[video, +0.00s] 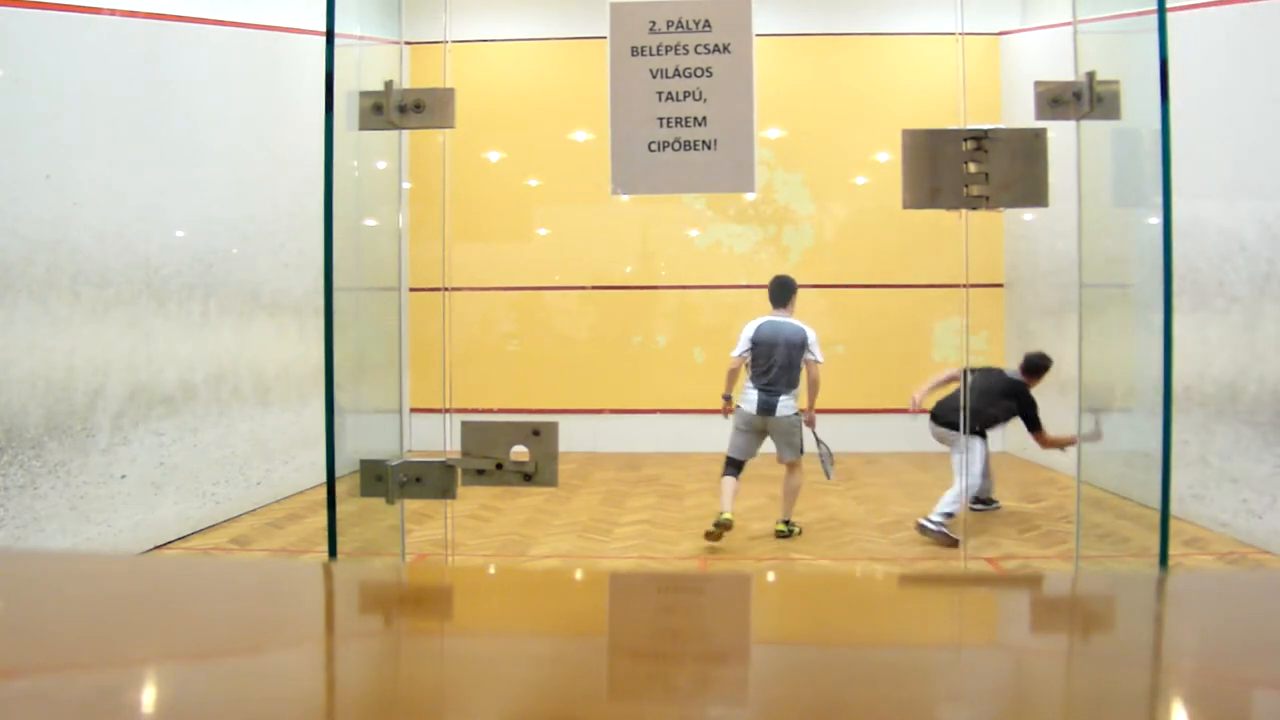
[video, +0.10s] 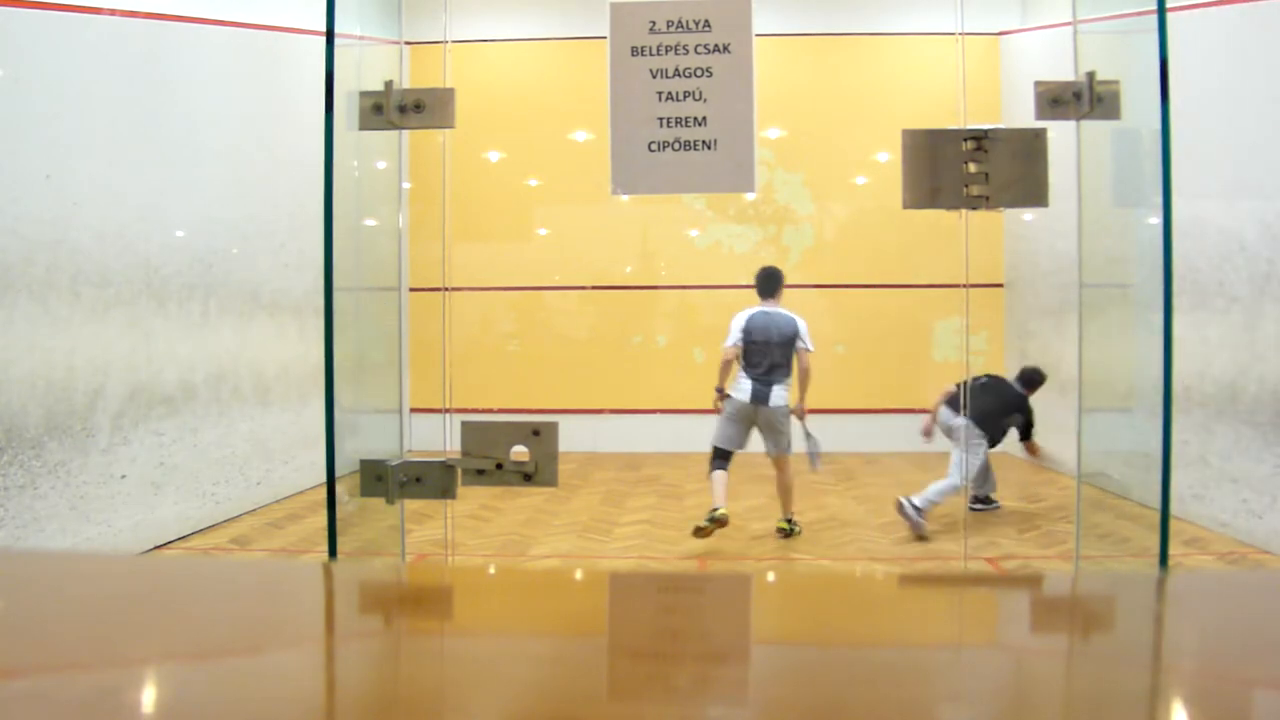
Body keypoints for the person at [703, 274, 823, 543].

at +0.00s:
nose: (796, 300)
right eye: (796, 296)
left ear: (770, 298)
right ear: (793, 298)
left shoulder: (753, 327)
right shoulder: (805, 332)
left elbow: (734, 366)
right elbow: (813, 376)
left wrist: (727, 395)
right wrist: (810, 409)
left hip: (750, 409)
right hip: (785, 412)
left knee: (732, 466)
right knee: (793, 466)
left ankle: (725, 514)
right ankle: (784, 521)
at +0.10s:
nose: (779, 291)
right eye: (781, 287)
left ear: (757, 290)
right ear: (781, 290)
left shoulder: (742, 318)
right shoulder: (796, 322)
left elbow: (729, 356)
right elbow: (804, 365)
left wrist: (720, 388)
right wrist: (801, 401)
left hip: (741, 398)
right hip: (776, 401)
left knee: (720, 456)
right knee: (782, 463)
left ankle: (719, 508)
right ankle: (787, 518)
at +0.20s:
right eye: (763, 286)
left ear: (740, 290)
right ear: (765, 289)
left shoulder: (730, 319)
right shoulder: (783, 322)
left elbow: (722, 360)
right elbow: (794, 364)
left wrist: (708, 393)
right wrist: (788, 401)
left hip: (733, 397)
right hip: (768, 400)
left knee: (706, 460)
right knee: (775, 463)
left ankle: (704, 518)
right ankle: (778, 522)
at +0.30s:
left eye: (721, 298)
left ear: (720, 302)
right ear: (744, 300)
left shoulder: (717, 333)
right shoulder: (765, 333)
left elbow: (711, 378)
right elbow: (779, 376)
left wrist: (691, 415)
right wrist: (768, 407)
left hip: (726, 415)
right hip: (760, 415)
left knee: (692, 472)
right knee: (760, 475)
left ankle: (682, 536)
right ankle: (776, 532)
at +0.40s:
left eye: (692, 298)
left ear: (692, 301)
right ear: (715, 301)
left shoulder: (691, 332)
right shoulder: (736, 334)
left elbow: (695, 376)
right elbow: (752, 378)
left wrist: (682, 420)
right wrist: (740, 404)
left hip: (710, 416)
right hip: (742, 414)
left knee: (671, 476)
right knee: (750, 476)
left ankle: (679, 544)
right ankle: (776, 533)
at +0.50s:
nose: (660, 299)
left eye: (657, 294)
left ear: (658, 297)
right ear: (683, 297)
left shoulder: (663, 327)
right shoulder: (702, 329)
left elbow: (674, 368)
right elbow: (718, 374)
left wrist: (661, 415)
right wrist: (700, 398)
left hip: (688, 415)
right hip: (717, 412)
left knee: (654, 480)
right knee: (718, 471)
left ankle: (677, 547)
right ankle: (752, 530)